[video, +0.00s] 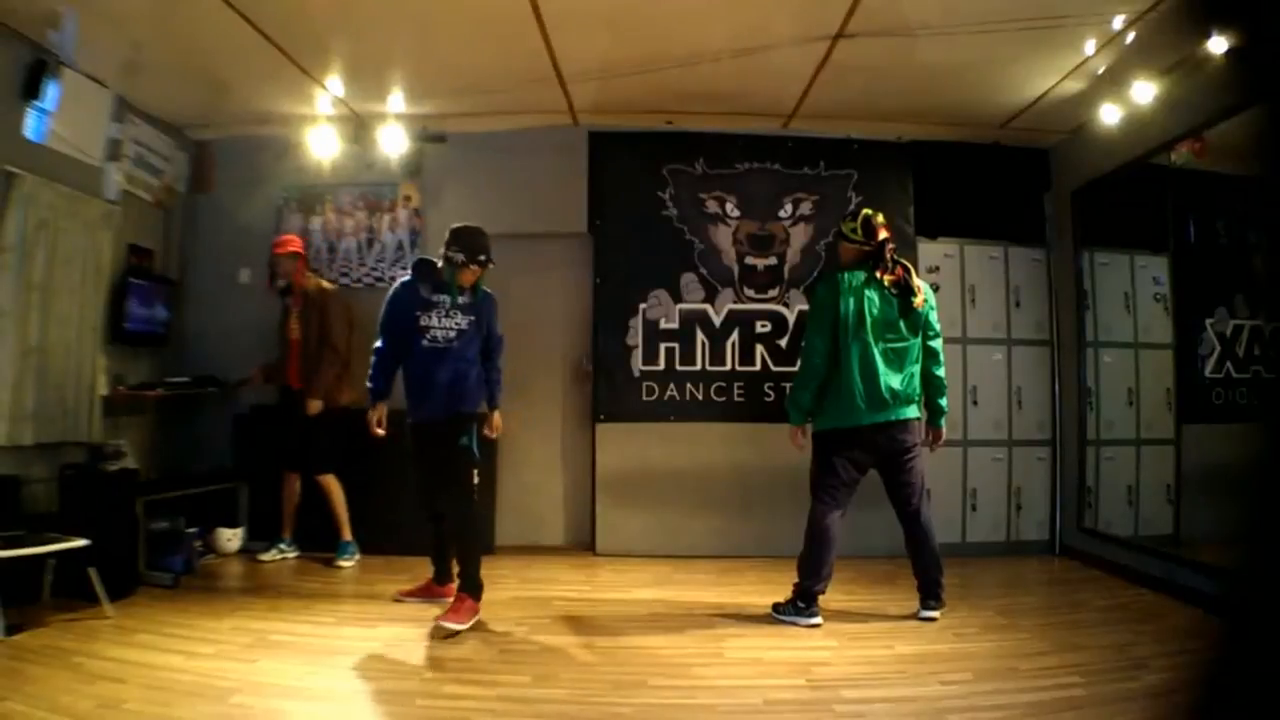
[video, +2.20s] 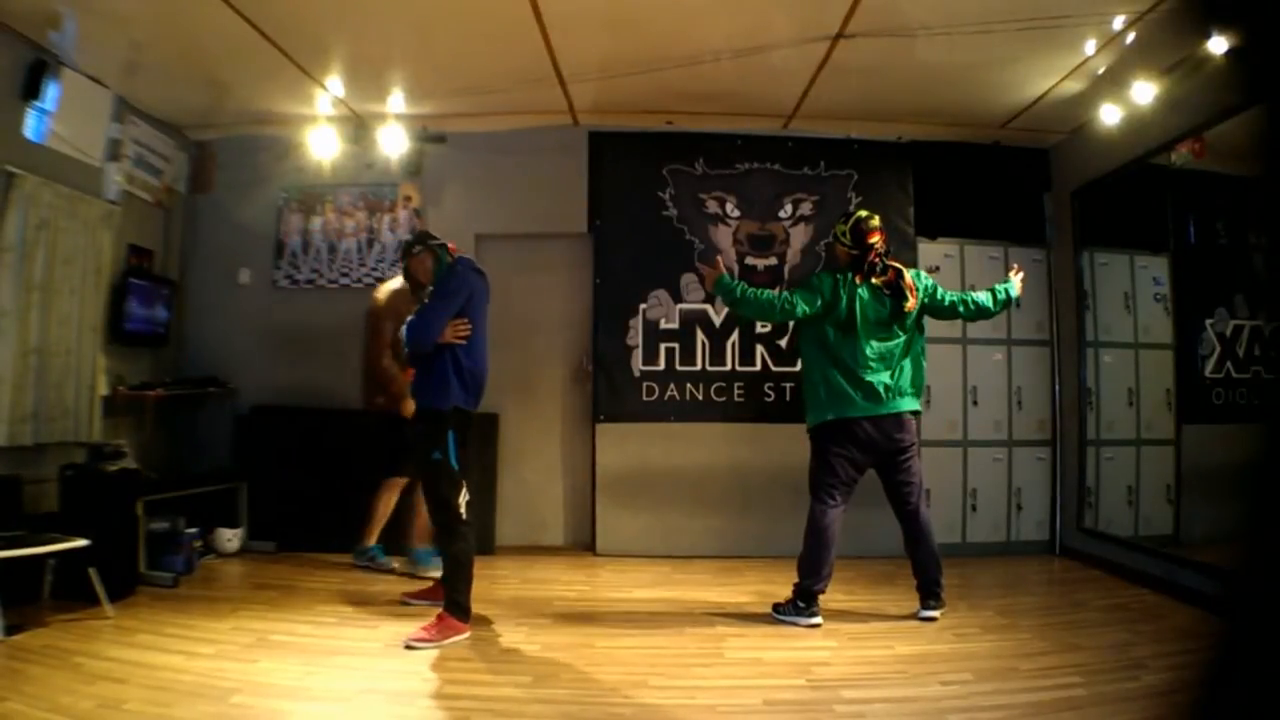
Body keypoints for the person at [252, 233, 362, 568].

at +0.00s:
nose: (280, 268)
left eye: (285, 261)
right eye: (277, 262)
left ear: (300, 261)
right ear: (277, 266)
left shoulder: (327, 296)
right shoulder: (288, 300)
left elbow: (335, 349)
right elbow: (290, 355)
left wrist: (319, 392)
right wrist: (268, 374)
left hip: (323, 397)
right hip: (293, 394)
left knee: (322, 469)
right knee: (291, 468)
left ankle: (347, 541)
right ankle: (287, 539)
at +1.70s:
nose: (335, 272)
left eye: (339, 266)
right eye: (329, 265)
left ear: (347, 269)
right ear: (315, 266)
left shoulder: (357, 305)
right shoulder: (290, 303)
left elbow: (367, 353)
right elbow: (273, 346)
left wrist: (371, 399)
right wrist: (267, 376)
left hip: (344, 399)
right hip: (301, 395)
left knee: (357, 471)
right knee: (295, 470)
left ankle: (365, 545)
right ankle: (288, 541)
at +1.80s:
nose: (363, 276)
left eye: (366, 271)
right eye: (358, 270)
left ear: (368, 275)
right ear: (339, 269)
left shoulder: (374, 310)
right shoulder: (308, 304)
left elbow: (381, 358)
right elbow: (294, 352)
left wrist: (382, 405)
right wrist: (303, 394)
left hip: (359, 402)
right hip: (317, 399)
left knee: (371, 474)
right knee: (301, 471)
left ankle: (366, 545)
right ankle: (288, 539)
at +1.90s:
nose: (384, 281)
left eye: (387, 274)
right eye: (380, 273)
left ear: (388, 279)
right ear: (363, 272)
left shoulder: (389, 313)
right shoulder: (331, 305)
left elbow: (392, 363)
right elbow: (324, 359)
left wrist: (397, 409)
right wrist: (340, 405)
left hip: (377, 403)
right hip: (339, 400)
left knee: (384, 475)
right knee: (318, 470)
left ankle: (367, 545)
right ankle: (290, 534)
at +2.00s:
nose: (397, 279)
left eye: (401, 273)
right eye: (393, 272)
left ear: (406, 276)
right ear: (380, 271)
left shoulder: (406, 306)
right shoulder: (353, 300)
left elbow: (408, 354)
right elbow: (348, 357)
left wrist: (409, 396)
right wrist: (368, 401)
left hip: (395, 398)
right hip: (360, 396)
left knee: (391, 475)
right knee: (353, 473)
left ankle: (369, 546)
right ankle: (312, 532)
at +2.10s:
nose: (412, 279)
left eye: (413, 269)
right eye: (408, 272)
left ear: (427, 256)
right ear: (425, 258)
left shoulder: (460, 278)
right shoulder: (449, 282)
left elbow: (418, 340)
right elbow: (411, 344)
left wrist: (417, 330)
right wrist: (433, 333)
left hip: (451, 407)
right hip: (435, 406)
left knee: (453, 507)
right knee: (440, 499)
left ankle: (457, 613)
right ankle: (448, 583)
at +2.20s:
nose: (412, 277)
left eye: (415, 266)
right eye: (408, 269)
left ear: (431, 255)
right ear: (423, 260)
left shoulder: (461, 277)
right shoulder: (450, 280)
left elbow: (420, 336)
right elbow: (406, 341)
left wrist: (413, 332)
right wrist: (433, 333)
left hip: (451, 408)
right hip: (436, 407)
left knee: (451, 510)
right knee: (441, 504)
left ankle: (456, 614)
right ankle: (448, 585)